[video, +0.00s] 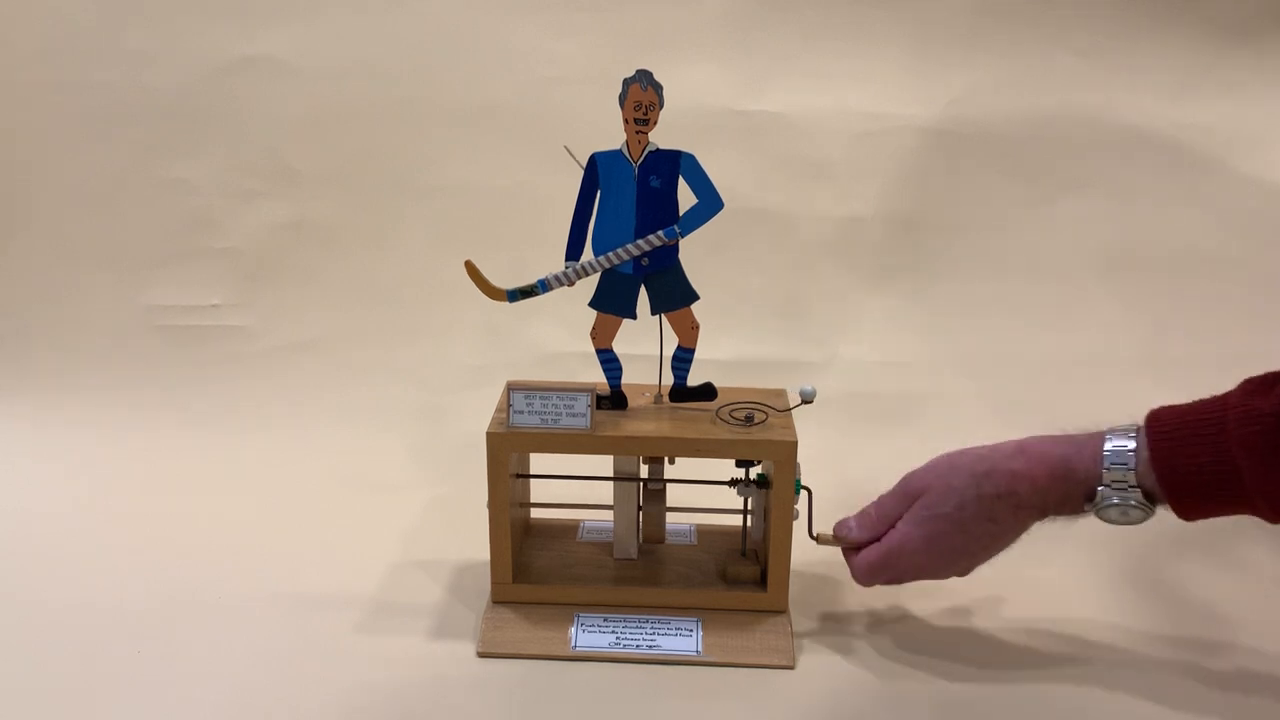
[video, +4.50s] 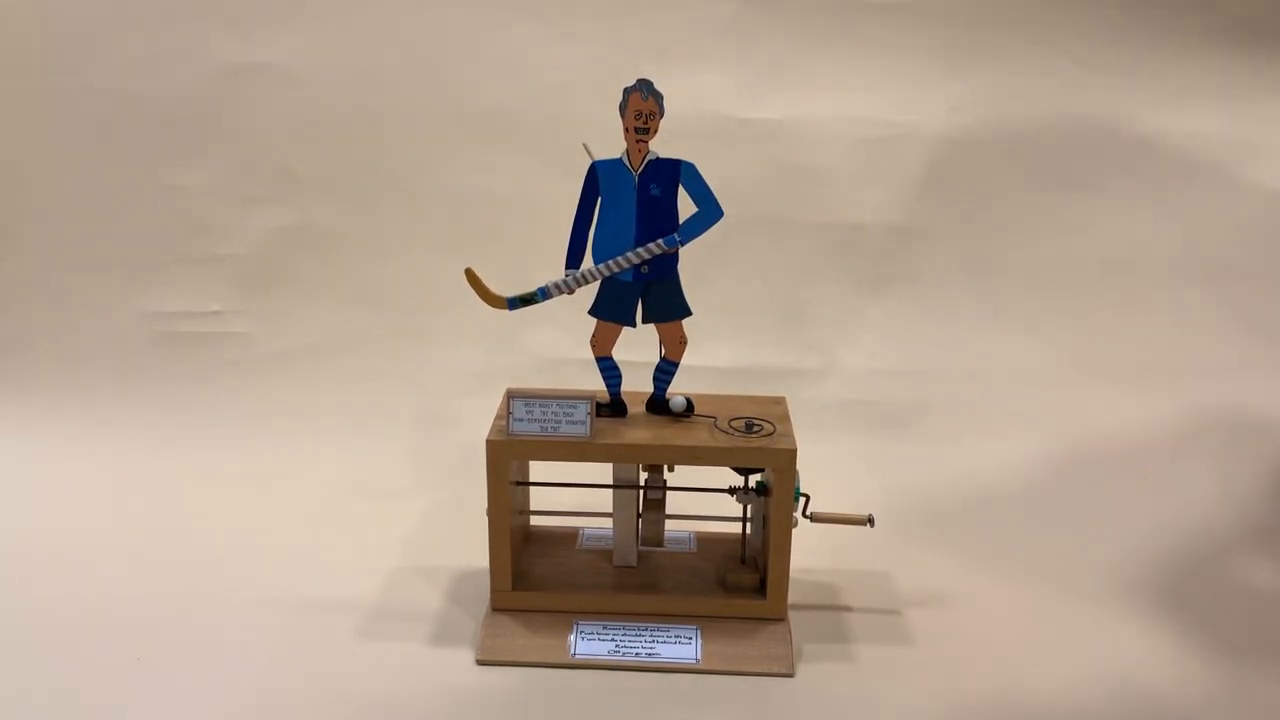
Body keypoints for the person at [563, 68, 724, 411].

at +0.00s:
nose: (643, 112)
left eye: (651, 106)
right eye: (636, 105)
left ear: (659, 113)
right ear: (622, 110)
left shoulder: (676, 161)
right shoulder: (600, 163)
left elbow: (713, 202)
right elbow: (581, 217)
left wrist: (676, 232)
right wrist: (571, 265)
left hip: (662, 265)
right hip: (618, 266)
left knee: (689, 330)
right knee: (601, 337)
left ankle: (678, 389)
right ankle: (616, 393)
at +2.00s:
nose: (644, 116)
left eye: (651, 109)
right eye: (637, 108)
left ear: (660, 115)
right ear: (622, 112)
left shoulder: (678, 163)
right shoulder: (601, 165)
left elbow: (714, 205)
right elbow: (582, 220)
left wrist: (675, 235)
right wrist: (573, 267)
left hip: (665, 265)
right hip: (620, 267)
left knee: (701, 326)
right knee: (603, 339)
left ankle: (700, 385)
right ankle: (619, 396)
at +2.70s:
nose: (642, 118)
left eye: (649, 112)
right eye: (635, 111)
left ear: (658, 119)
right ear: (621, 116)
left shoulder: (676, 167)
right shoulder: (600, 169)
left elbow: (713, 208)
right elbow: (582, 223)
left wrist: (674, 239)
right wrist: (572, 271)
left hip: (666, 262)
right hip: (621, 268)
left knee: (720, 311)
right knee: (603, 343)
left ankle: (738, 368)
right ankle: (618, 400)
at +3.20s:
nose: (647, 121)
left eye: (654, 114)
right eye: (640, 113)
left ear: (663, 122)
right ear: (626, 118)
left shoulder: (681, 170)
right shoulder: (604, 171)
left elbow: (716, 211)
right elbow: (585, 224)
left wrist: (676, 241)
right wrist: (575, 270)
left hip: (667, 270)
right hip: (621, 272)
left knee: (706, 330)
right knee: (603, 344)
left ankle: (707, 389)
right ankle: (618, 402)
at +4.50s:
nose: (643, 121)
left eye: (651, 115)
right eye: (637, 113)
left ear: (660, 121)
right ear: (622, 118)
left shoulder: (676, 170)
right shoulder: (601, 171)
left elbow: (713, 211)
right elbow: (581, 225)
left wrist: (675, 241)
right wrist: (571, 273)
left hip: (661, 277)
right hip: (617, 277)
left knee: (675, 343)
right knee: (600, 344)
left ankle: (658, 400)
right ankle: (615, 401)